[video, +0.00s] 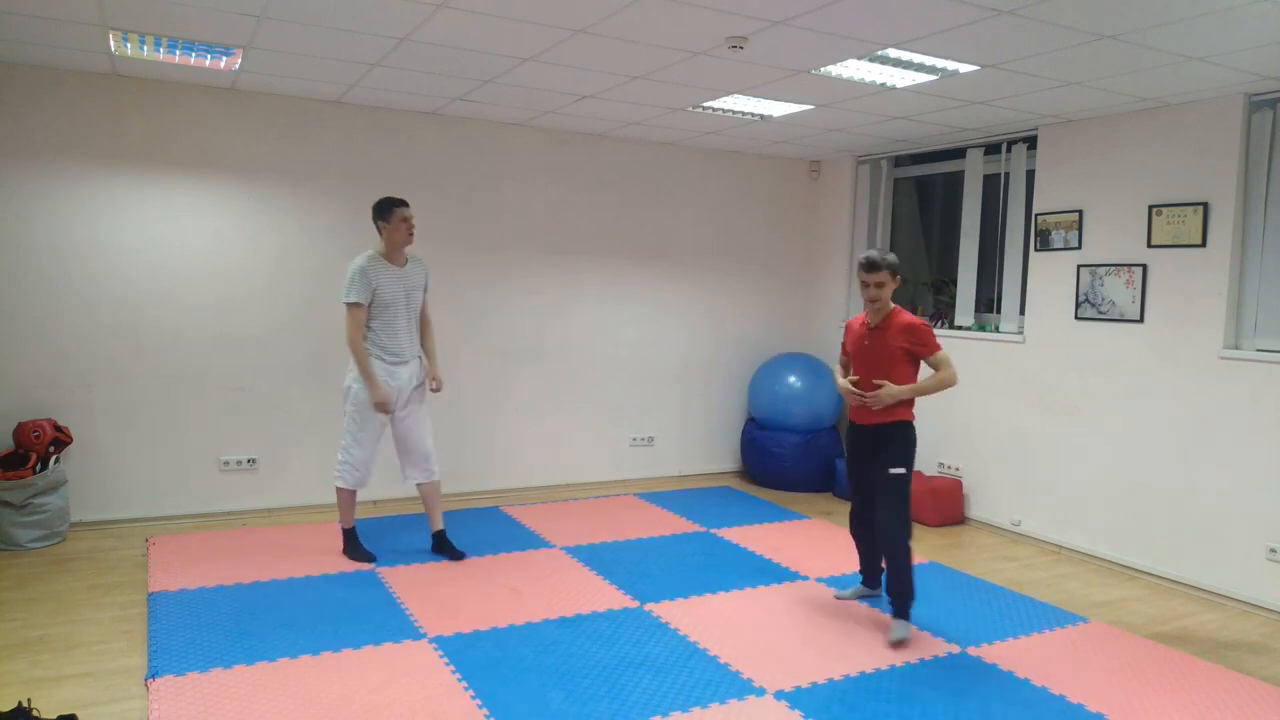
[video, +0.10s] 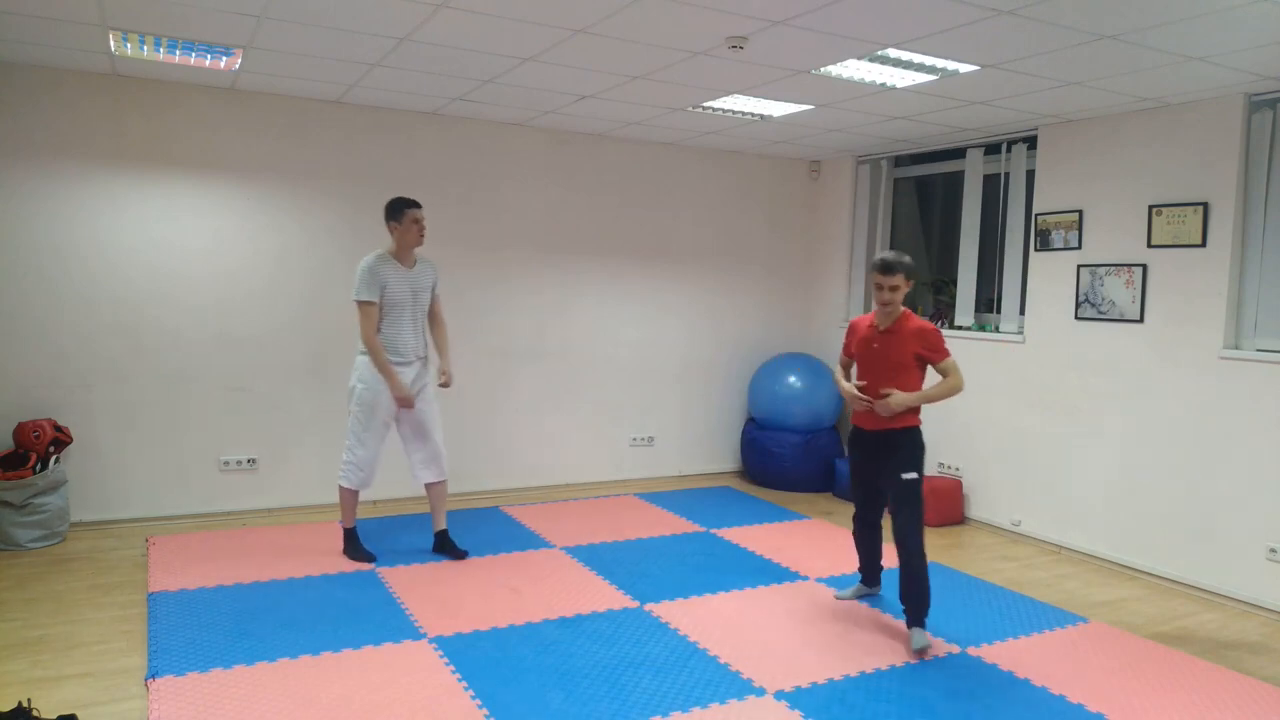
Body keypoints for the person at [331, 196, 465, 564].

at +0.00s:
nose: (412, 226)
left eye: (412, 220)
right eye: (405, 221)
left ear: (408, 226)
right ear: (383, 226)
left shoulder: (418, 269)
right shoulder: (364, 269)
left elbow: (423, 320)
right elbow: (354, 336)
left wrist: (432, 364)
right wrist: (373, 384)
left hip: (410, 372)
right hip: (371, 374)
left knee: (422, 453)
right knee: (356, 456)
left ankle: (438, 534)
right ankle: (349, 537)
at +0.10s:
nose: (422, 228)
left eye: (423, 222)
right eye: (415, 223)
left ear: (418, 227)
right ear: (394, 227)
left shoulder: (427, 268)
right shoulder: (373, 268)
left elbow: (435, 317)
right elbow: (368, 335)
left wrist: (444, 360)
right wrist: (394, 381)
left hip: (417, 371)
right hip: (377, 372)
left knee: (432, 450)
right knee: (360, 454)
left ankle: (441, 534)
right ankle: (350, 537)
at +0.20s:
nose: (434, 233)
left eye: (435, 227)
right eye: (428, 227)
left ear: (434, 229)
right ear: (406, 226)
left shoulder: (436, 269)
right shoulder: (383, 267)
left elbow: (446, 318)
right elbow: (379, 332)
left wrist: (455, 361)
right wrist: (409, 379)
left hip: (426, 371)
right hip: (386, 371)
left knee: (437, 451)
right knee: (367, 453)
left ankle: (442, 535)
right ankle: (351, 537)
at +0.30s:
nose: (446, 238)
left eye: (449, 231)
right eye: (440, 231)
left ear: (450, 232)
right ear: (421, 227)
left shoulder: (448, 271)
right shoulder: (394, 266)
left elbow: (454, 320)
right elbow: (385, 327)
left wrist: (465, 366)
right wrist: (415, 374)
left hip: (434, 372)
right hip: (394, 372)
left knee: (444, 451)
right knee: (376, 453)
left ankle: (442, 535)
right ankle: (354, 535)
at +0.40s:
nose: (458, 241)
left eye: (463, 235)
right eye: (453, 233)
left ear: (465, 236)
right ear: (435, 228)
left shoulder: (460, 275)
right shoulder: (406, 264)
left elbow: (463, 327)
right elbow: (388, 322)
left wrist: (472, 372)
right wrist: (415, 370)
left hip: (442, 371)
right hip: (401, 371)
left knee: (447, 452)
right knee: (388, 454)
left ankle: (442, 535)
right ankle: (360, 532)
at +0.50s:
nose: (469, 243)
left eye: (474, 238)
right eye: (464, 235)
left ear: (477, 238)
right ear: (446, 229)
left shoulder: (468, 277)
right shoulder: (414, 262)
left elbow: (470, 332)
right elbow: (390, 316)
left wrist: (477, 378)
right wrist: (407, 365)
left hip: (447, 369)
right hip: (406, 367)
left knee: (449, 452)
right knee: (396, 455)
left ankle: (443, 535)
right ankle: (367, 528)